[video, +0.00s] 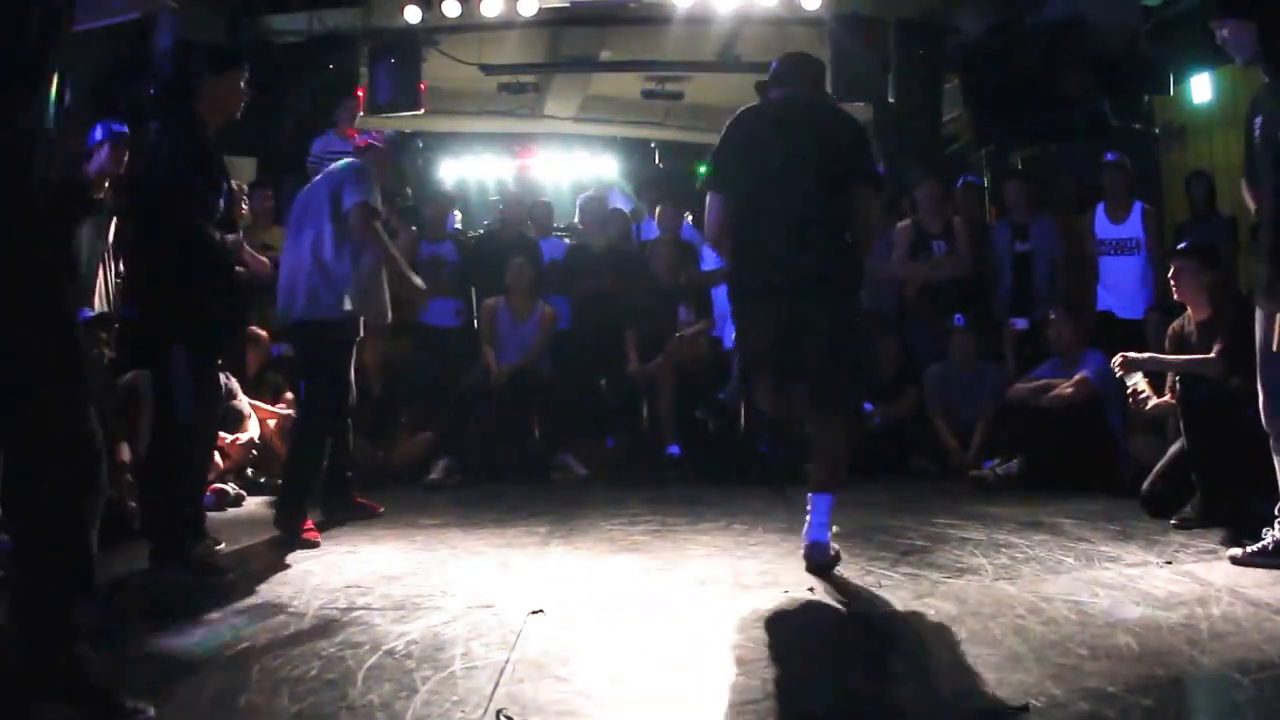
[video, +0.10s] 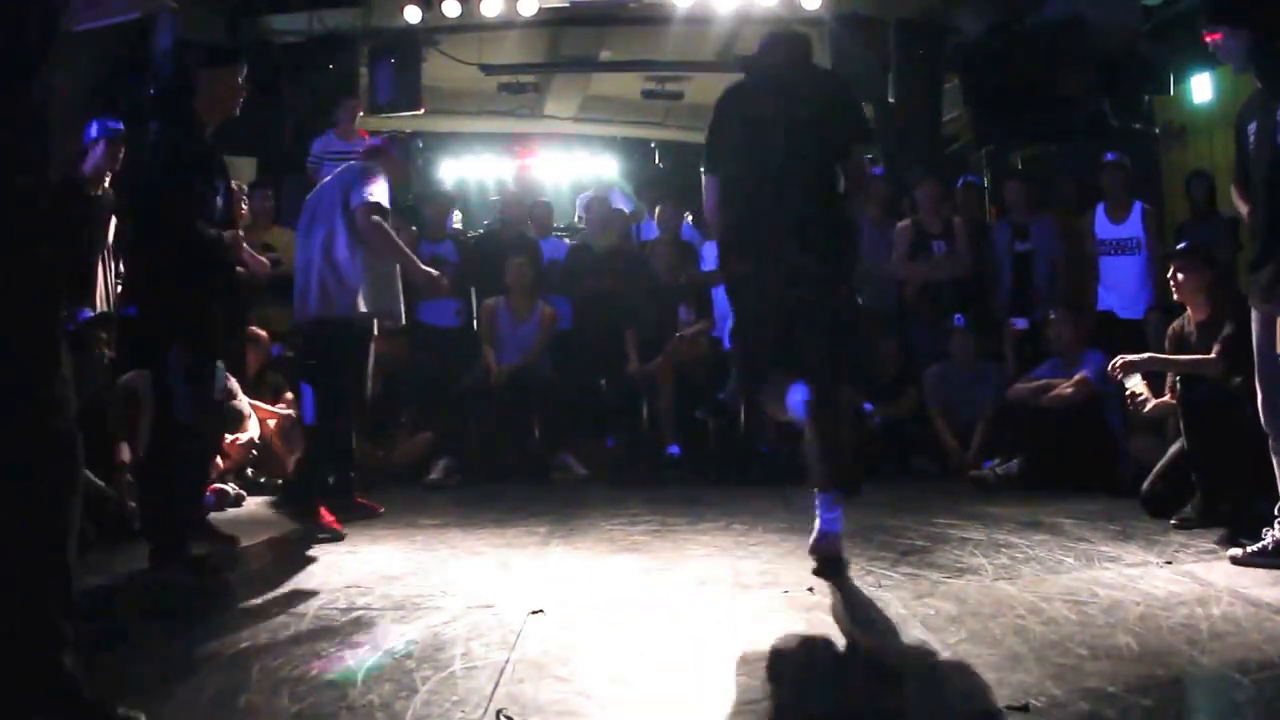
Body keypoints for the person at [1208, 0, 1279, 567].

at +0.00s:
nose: (1219, 34)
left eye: (1226, 24)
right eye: (1218, 26)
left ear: (1253, 26)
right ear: (1240, 31)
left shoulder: (1268, 102)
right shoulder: (1259, 102)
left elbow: (1257, 190)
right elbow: (1252, 185)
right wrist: (1265, 222)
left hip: (1274, 276)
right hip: (1265, 274)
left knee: (1272, 405)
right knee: (1269, 404)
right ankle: (1279, 523)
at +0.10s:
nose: (1213, 43)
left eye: (1220, 31)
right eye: (1209, 33)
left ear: (1249, 34)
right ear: (1232, 42)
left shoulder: (1264, 109)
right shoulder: (1248, 111)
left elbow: (1247, 191)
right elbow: (1238, 185)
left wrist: (1249, 208)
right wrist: (1251, 210)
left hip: (1271, 275)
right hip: (1261, 274)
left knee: (1271, 405)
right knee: (1267, 404)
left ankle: (1279, 528)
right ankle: (1276, 524)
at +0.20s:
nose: (1204, 47)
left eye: (1212, 37)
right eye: (1202, 39)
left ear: (1241, 37)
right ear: (1228, 43)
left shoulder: (1258, 110)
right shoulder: (1240, 114)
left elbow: (1236, 195)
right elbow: (1227, 192)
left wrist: (1244, 213)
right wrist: (1246, 215)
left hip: (1270, 273)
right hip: (1257, 271)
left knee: (1271, 396)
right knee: (1265, 395)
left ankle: (1277, 528)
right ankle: (1274, 522)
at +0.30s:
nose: (1205, 60)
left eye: (1210, 49)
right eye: (1202, 50)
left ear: (1234, 45)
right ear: (1225, 51)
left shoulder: (1257, 113)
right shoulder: (1236, 115)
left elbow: (1249, 202)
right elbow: (1215, 192)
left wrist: (1226, 207)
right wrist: (1235, 213)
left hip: (1269, 273)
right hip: (1253, 272)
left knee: (1270, 393)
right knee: (1262, 392)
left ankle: (1278, 523)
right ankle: (1273, 518)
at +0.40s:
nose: (1203, 60)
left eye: (1210, 49)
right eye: (1199, 51)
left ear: (1237, 47)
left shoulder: (1261, 114)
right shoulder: (1232, 122)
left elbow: (1226, 200)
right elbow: (1213, 201)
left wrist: (1235, 213)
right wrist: (1238, 216)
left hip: (1272, 274)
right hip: (1257, 274)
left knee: (1270, 394)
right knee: (1264, 393)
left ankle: (1278, 524)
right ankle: (1276, 519)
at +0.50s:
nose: (1200, 63)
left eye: (1206, 50)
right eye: (1196, 53)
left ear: (1234, 46)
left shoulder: (1260, 113)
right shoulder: (1229, 123)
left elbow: (1231, 206)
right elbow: (1208, 203)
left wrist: (1227, 212)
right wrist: (1234, 216)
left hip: (1270, 283)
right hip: (1259, 283)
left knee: (1271, 404)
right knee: (1268, 404)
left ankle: (1279, 526)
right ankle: (1276, 522)